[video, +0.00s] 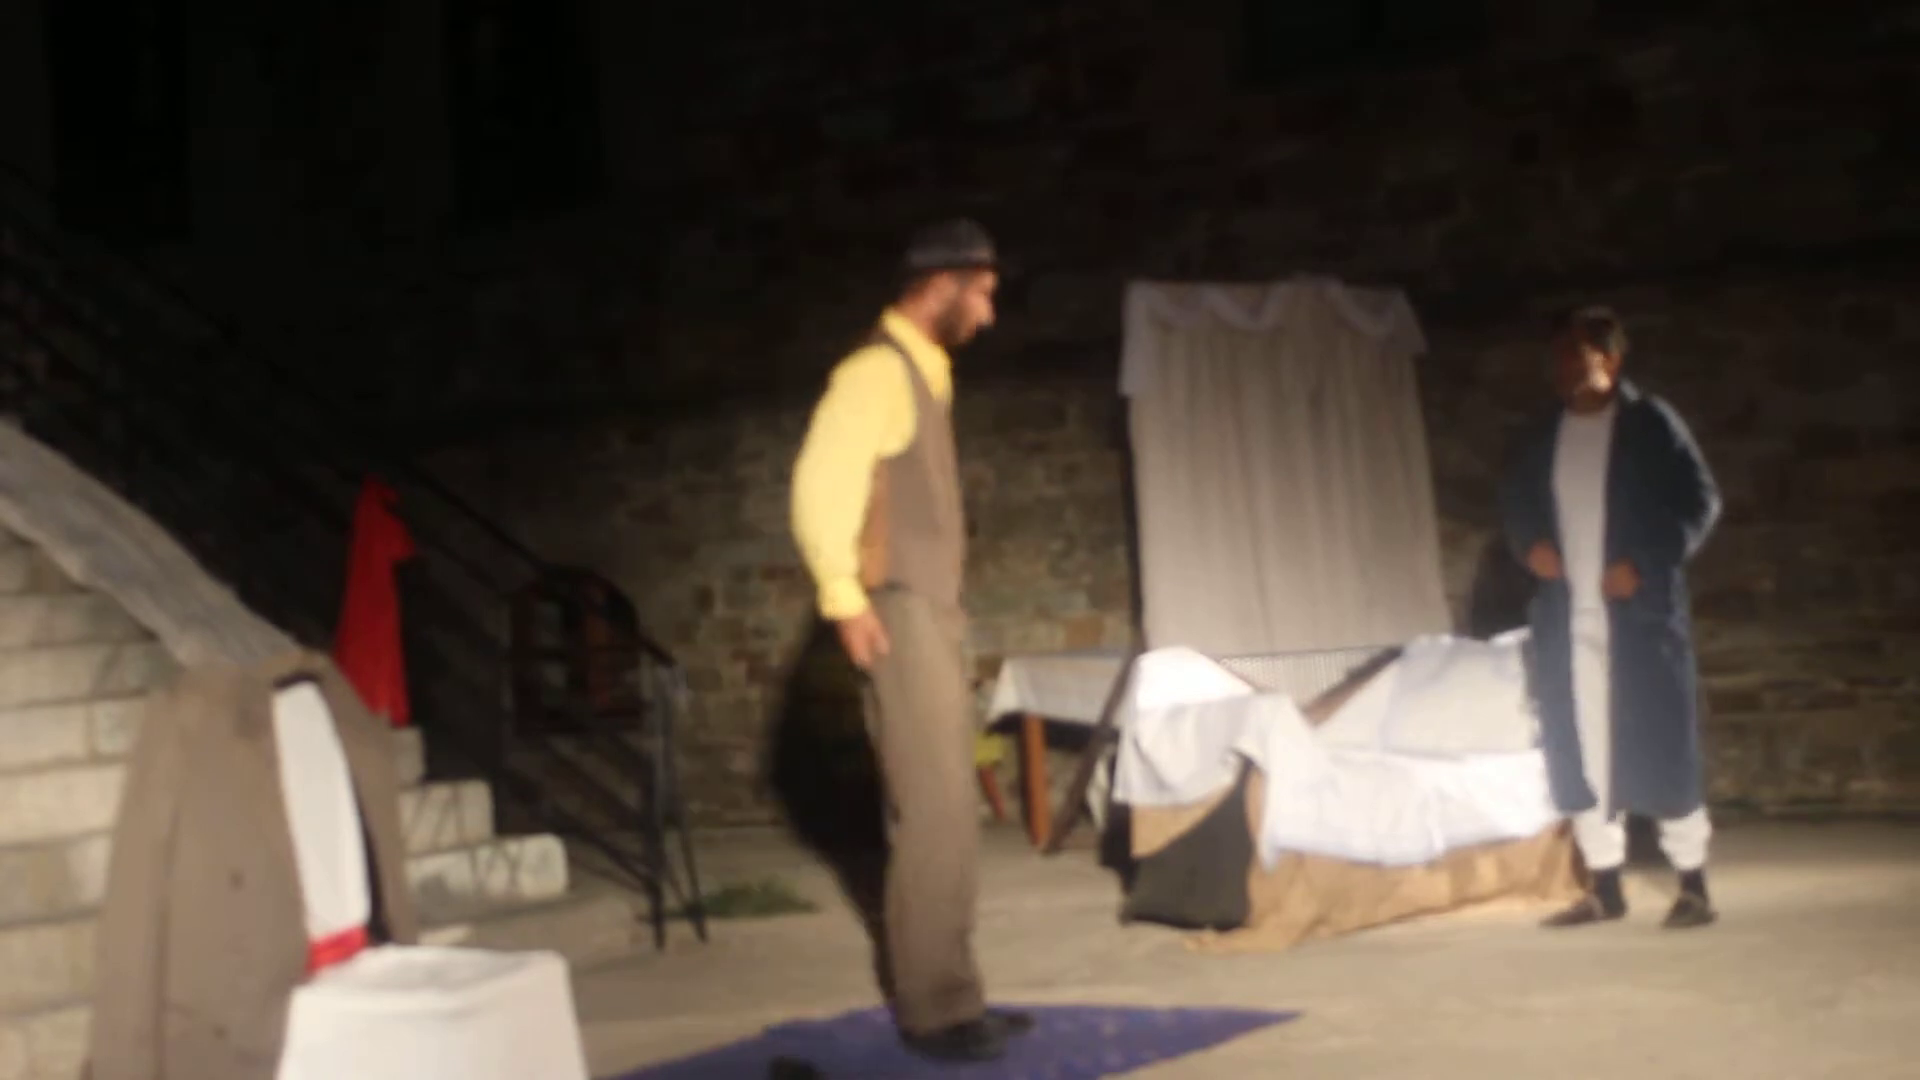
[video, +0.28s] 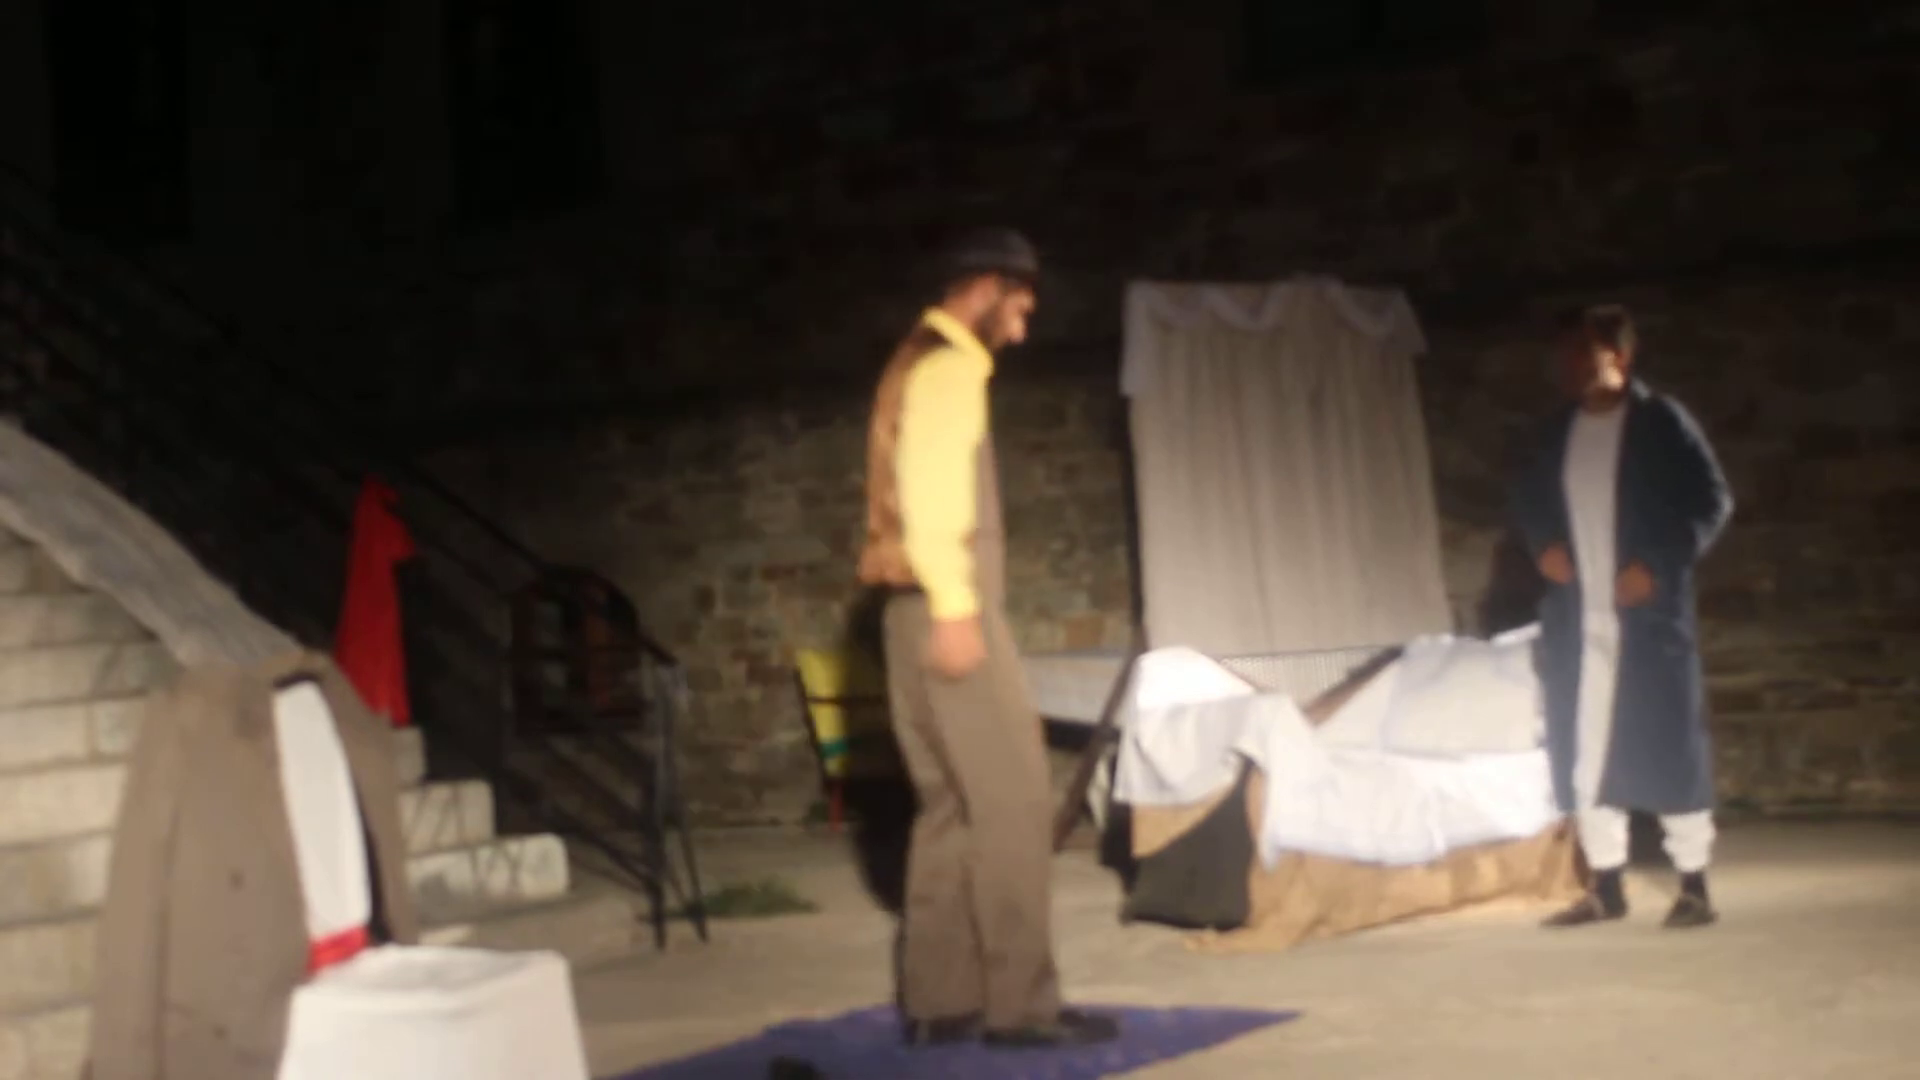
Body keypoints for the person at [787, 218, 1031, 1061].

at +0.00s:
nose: (989, 314)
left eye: (992, 297)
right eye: (983, 295)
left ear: (946, 289)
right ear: (941, 288)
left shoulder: (920, 374)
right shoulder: (877, 373)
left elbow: (899, 500)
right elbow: (820, 484)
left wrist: (942, 613)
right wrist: (843, 599)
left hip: (931, 616)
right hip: (901, 617)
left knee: (947, 809)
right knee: (935, 811)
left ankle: (946, 999)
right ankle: (935, 1008)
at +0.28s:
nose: (1023, 324)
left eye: (1027, 307)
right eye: (1018, 305)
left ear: (969, 298)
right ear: (980, 292)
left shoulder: (923, 362)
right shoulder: (952, 366)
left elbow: (920, 491)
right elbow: (932, 486)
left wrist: (952, 596)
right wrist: (953, 606)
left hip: (909, 607)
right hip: (949, 608)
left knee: (948, 808)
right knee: (1013, 799)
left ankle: (942, 1002)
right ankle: (1020, 1002)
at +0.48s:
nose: (1056, 349)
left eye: (1062, 334)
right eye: (1056, 329)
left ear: (1004, 305)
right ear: (1025, 306)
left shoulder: (919, 382)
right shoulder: (999, 377)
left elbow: (876, 498)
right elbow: (1019, 504)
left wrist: (897, 593)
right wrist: (1067, 606)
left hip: (926, 612)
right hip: (979, 609)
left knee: (1010, 790)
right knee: (1025, 800)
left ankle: (971, 961)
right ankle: (1023, 1005)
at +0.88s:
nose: (1083, 360)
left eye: (1090, 347)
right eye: (1084, 342)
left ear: (1043, 317)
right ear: (1051, 315)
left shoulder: (972, 378)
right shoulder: (1012, 379)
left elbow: (929, 504)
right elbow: (998, 492)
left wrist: (924, 619)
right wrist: (1023, 602)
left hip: (948, 605)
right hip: (986, 606)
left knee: (984, 797)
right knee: (1066, 771)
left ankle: (1015, 974)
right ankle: (1069, 965)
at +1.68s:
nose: (1133, 302)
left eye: (1133, 286)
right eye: (1131, 287)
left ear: (1064, 291)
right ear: (1109, 287)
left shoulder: (1023, 376)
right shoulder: (1085, 371)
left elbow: (997, 498)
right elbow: (1095, 494)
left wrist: (1018, 568)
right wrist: (1127, 605)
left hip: (1034, 600)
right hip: (1077, 601)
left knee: (1070, 788)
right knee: (1097, 790)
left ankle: (1036, 967)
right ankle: (1106, 983)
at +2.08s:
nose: (1133, 295)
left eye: (1129, 280)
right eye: (1126, 281)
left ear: (1066, 296)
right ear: (1107, 289)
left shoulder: (1034, 384)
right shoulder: (1098, 383)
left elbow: (1058, 521)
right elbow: (1145, 500)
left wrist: (1136, 601)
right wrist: (1215, 585)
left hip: (1057, 612)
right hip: (1101, 612)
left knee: (1100, 798)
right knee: (1166, 789)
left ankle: (1097, 974)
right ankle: (1121, 977)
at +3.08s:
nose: (1153, 326)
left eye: (1153, 310)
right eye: (1150, 310)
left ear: (1093, 308)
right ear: (1123, 307)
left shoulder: (1041, 388)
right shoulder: (1108, 386)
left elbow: (1099, 504)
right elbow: (1148, 499)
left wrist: (1196, 544)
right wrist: (1209, 603)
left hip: (1049, 602)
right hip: (1105, 603)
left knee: (1088, 782)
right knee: (1163, 766)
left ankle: (1099, 957)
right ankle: (1120, 957)